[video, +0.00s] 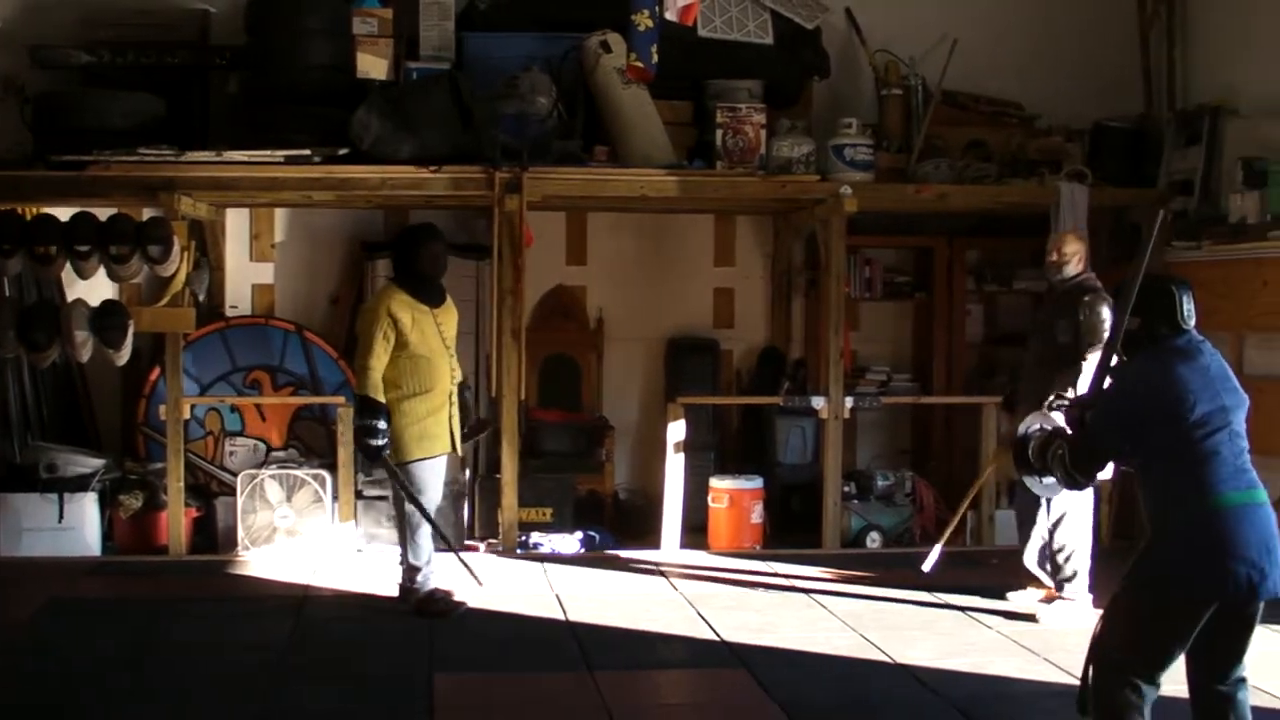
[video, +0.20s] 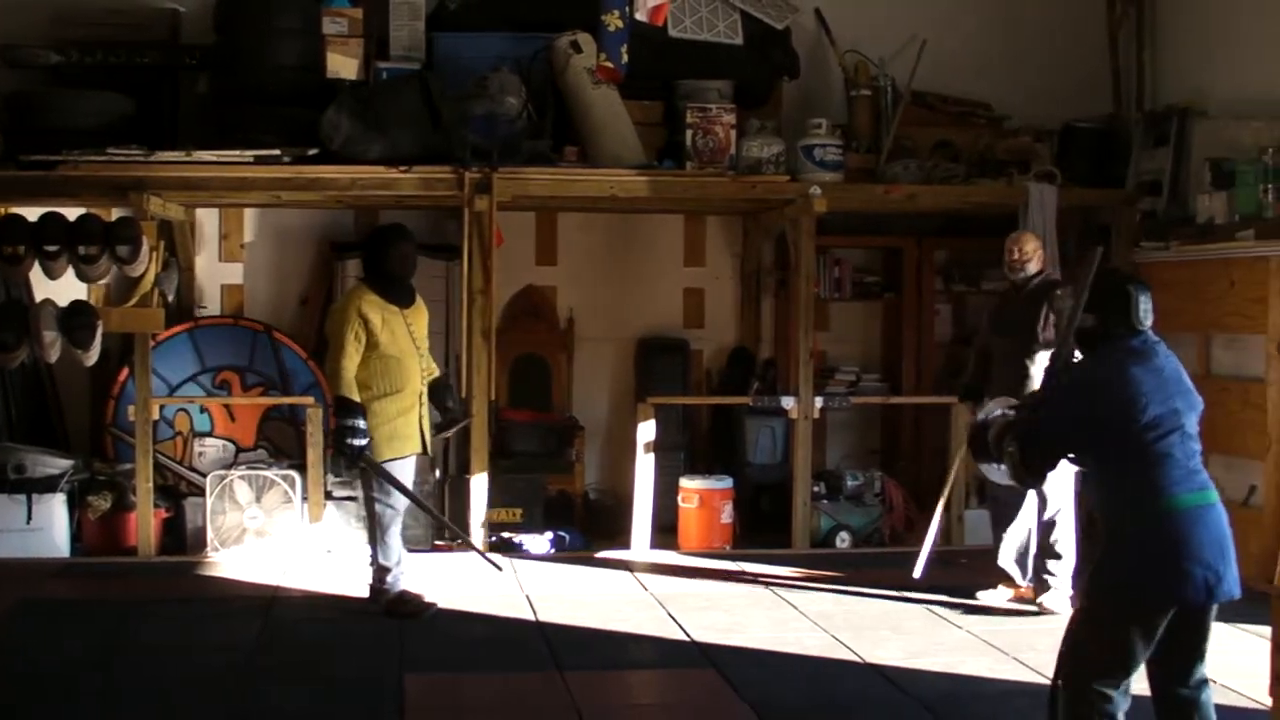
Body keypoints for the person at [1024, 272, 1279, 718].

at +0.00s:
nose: (1118, 327)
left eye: (1124, 316)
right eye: (1119, 316)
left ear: (1138, 320)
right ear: (1184, 317)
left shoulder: (1138, 376)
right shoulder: (1216, 365)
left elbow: (1079, 466)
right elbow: (1163, 438)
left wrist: (1043, 439)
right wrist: (1094, 410)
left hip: (1192, 544)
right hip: (1258, 540)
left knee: (1121, 671)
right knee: (1220, 676)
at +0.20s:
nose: (1075, 320)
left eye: (1082, 310)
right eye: (1078, 310)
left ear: (1094, 317)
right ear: (1142, 315)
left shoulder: (1085, 378)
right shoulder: (1169, 365)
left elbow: (1029, 463)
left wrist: (1005, 421)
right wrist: (1051, 399)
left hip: (1146, 552)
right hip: (1208, 544)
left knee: (1088, 684)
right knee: (1183, 682)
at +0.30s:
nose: (1045, 322)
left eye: (1051, 312)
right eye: (1048, 312)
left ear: (1061, 316)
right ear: (1109, 314)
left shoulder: (1062, 376)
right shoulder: (1137, 366)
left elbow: (999, 457)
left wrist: (974, 422)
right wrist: (1011, 410)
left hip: (1114, 553)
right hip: (1178, 544)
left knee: (1060, 689)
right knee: (1162, 684)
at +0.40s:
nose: (1010, 327)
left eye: (1015, 316)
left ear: (1026, 320)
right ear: (1076, 312)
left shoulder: (1028, 377)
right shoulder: (1104, 363)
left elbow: (962, 456)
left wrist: (933, 419)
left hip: (1084, 551)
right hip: (1148, 544)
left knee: (1039, 687)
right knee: (1140, 682)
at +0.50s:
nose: (964, 338)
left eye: (972, 325)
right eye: (964, 326)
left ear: (995, 324)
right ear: (1041, 311)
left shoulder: (1003, 378)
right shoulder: (1072, 359)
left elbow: (931, 452)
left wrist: (895, 413)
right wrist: (951, 394)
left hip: (1055, 555)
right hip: (1118, 543)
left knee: (1017, 690)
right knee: (1108, 680)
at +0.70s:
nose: (929, 324)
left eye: (934, 313)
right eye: (930, 312)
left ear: (949, 315)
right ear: (992, 307)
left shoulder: (962, 371)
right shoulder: (1017, 357)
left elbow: (892, 448)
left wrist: (852, 423)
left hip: (1020, 553)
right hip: (1070, 542)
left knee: (984, 693)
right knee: (1034, 681)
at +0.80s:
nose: (986, 259)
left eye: (993, 252)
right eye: (981, 252)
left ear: (1009, 257)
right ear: (973, 256)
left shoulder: (1028, 301)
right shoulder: (967, 299)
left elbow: (1050, 360)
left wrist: (1026, 408)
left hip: (1013, 422)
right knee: (950, 493)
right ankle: (938, 571)